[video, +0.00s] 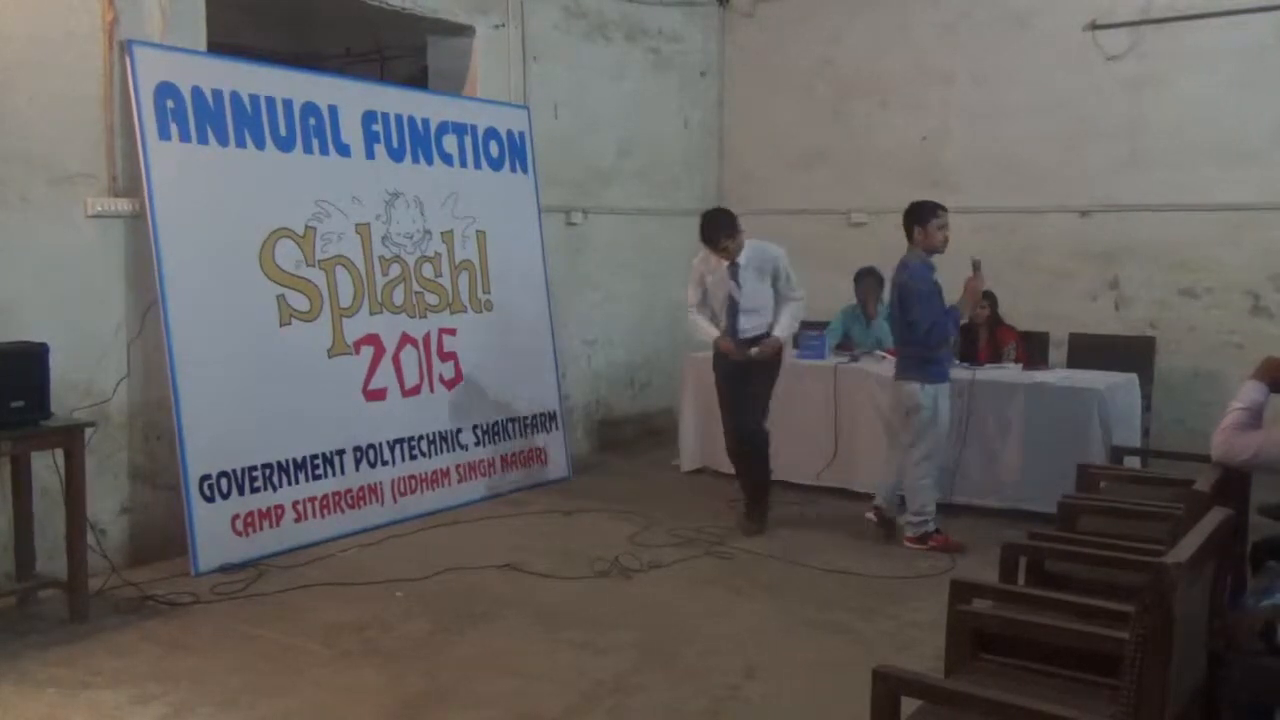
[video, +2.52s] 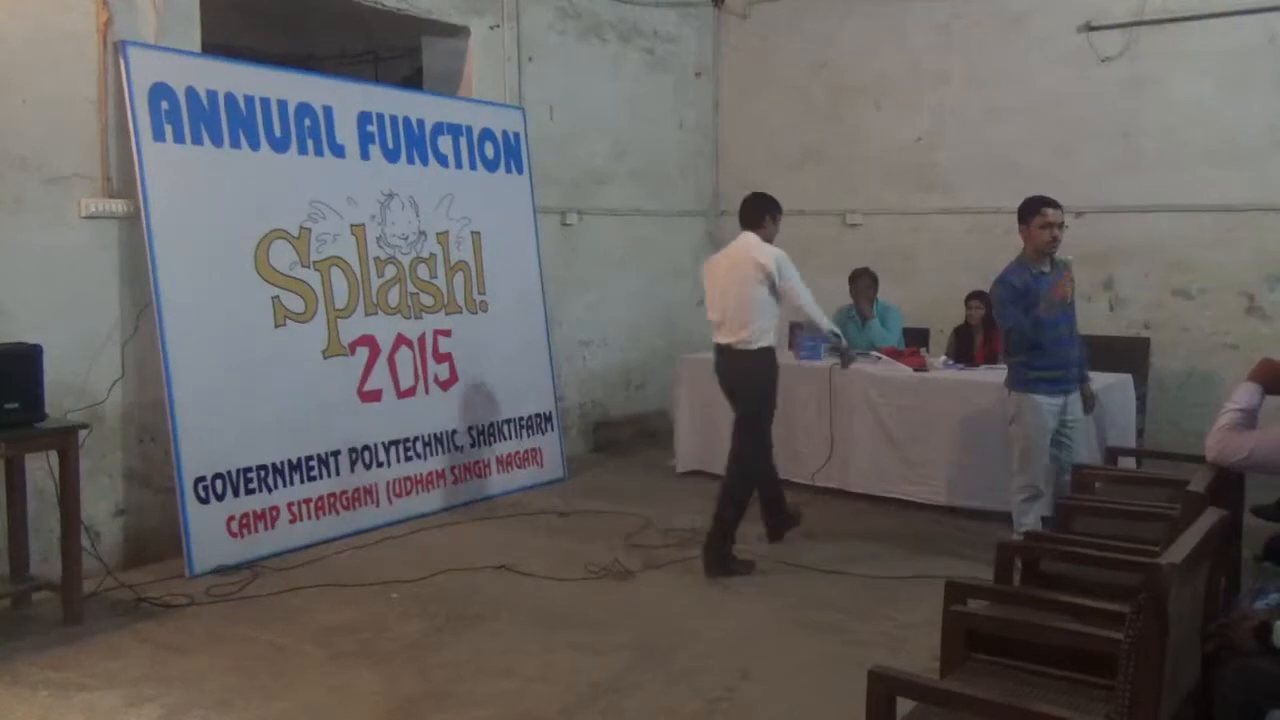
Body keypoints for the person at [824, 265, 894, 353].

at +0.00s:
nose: (866, 294)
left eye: (871, 289)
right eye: (862, 289)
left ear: (879, 291)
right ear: (855, 291)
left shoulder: (890, 316)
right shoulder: (846, 314)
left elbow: (891, 349)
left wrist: (875, 318)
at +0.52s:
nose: (866, 301)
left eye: (870, 295)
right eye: (861, 296)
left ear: (879, 293)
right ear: (855, 293)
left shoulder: (894, 312)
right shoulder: (847, 314)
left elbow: (894, 347)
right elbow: (827, 341)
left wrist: (873, 317)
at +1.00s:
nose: (864, 294)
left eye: (869, 289)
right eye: (859, 289)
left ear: (878, 291)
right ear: (853, 292)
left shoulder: (892, 314)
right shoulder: (845, 314)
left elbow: (893, 349)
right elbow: (826, 342)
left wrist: (871, 318)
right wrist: (837, 347)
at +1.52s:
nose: (863, 296)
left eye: (867, 290)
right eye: (858, 291)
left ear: (876, 292)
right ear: (852, 293)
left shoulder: (892, 313)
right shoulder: (844, 314)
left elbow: (891, 349)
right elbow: (823, 344)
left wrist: (871, 317)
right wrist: (837, 347)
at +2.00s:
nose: (862, 298)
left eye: (867, 292)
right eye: (857, 292)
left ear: (876, 292)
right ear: (851, 293)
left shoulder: (892, 314)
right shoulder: (843, 314)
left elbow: (890, 349)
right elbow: (823, 344)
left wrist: (870, 317)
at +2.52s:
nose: (861, 294)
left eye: (866, 288)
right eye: (856, 289)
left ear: (875, 291)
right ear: (851, 292)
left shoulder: (891, 313)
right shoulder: (842, 314)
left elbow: (890, 348)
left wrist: (870, 318)